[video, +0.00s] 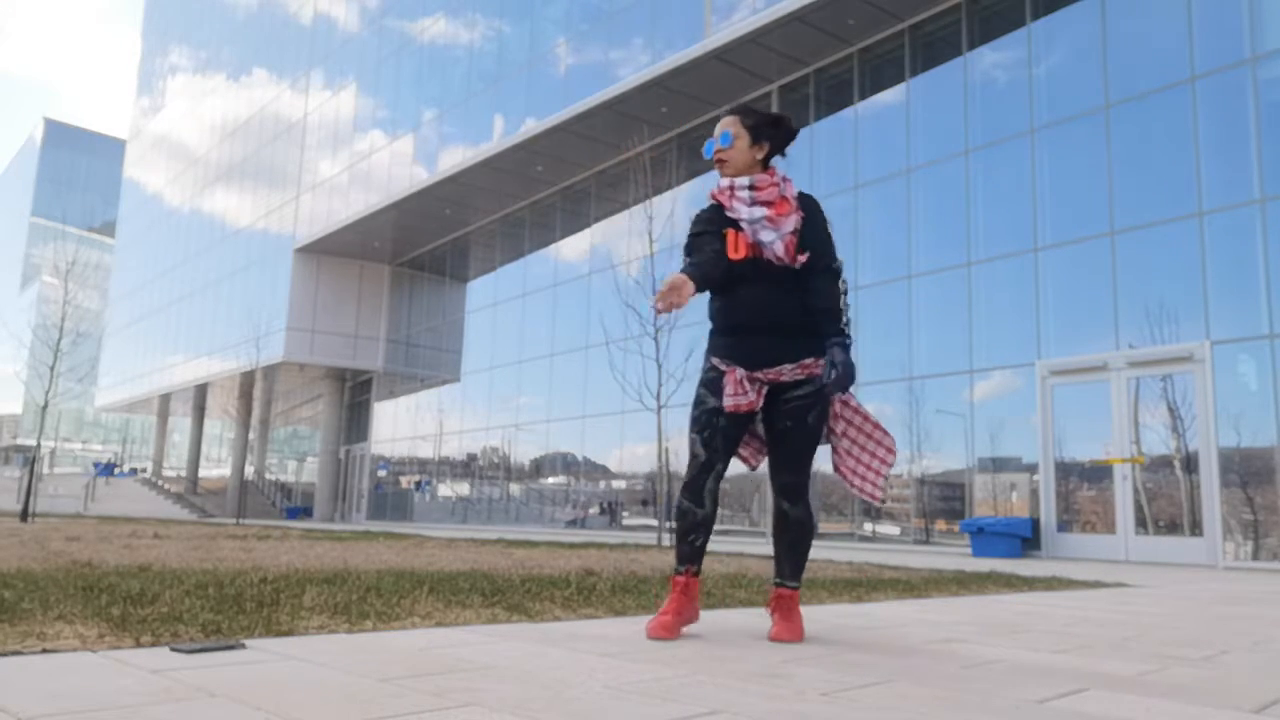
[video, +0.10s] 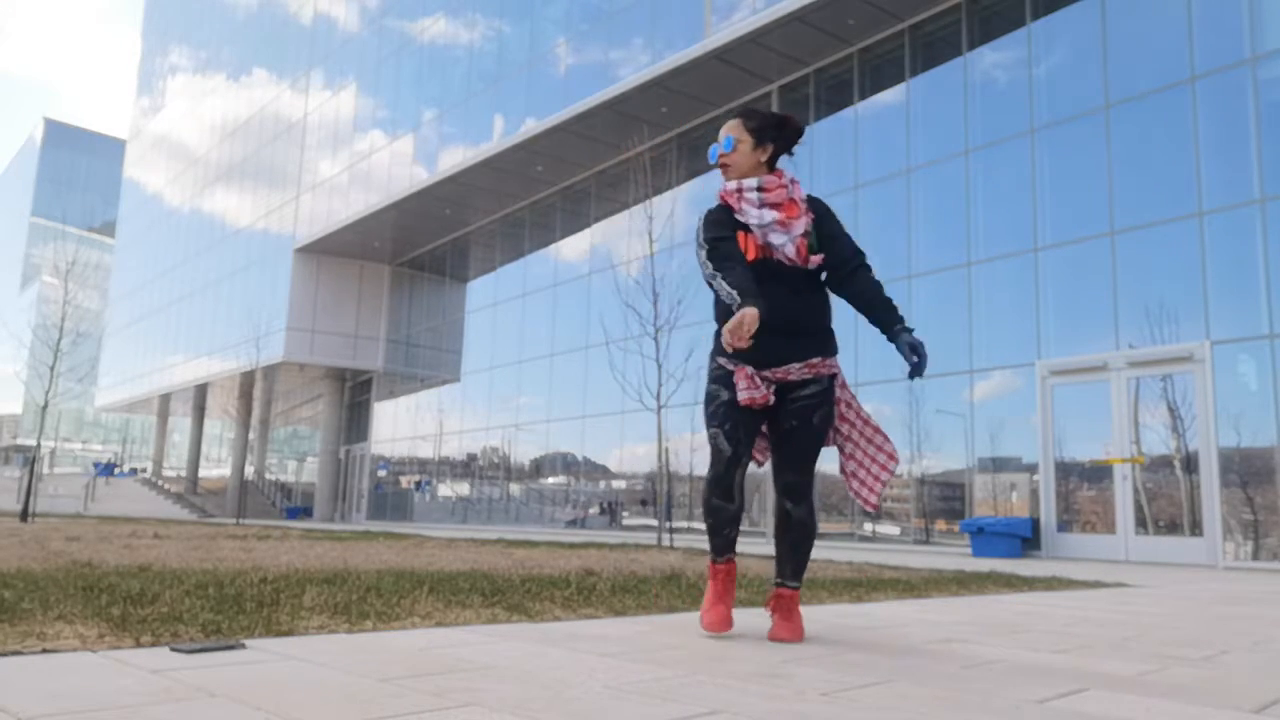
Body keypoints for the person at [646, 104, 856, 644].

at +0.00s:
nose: (716, 151)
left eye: (728, 141)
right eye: (717, 142)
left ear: (763, 149)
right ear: (741, 151)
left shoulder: (804, 210)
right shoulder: (715, 215)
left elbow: (827, 282)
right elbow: (708, 259)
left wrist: (837, 344)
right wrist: (686, 280)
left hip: (799, 366)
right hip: (730, 365)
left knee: (792, 487)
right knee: (701, 473)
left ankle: (786, 600)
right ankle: (683, 590)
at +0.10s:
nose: (720, 156)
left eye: (731, 145)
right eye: (720, 146)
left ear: (767, 153)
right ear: (738, 155)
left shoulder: (811, 213)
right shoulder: (720, 218)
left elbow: (852, 274)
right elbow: (724, 267)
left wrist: (897, 331)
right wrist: (745, 303)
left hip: (806, 368)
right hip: (738, 366)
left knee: (794, 484)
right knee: (725, 464)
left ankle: (785, 598)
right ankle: (720, 576)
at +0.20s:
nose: (723, 162)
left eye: (732, 152)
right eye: (723, 152)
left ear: (768, 154)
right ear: (754, 155)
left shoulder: (818, 216)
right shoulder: (724, 219)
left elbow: (875, 267)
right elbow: (739, 279)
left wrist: (942, 305)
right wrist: (800, 314)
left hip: (810, 368)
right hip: (743, 369)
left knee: (799, 487)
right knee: (761, 469)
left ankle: (787, 599)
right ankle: (754, 581)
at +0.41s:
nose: (723, 175)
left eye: (730, 163)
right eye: (722, 165)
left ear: (764, 161)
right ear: (746, 163)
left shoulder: (828, 213)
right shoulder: (734, 224)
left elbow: (899, 250)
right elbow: (752, 280)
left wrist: (981, 249)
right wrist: (828, 286)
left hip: (814, 373)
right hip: (744, 373)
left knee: (801, 488)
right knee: (716, 472)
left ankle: (786, 603)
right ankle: (746, 584)